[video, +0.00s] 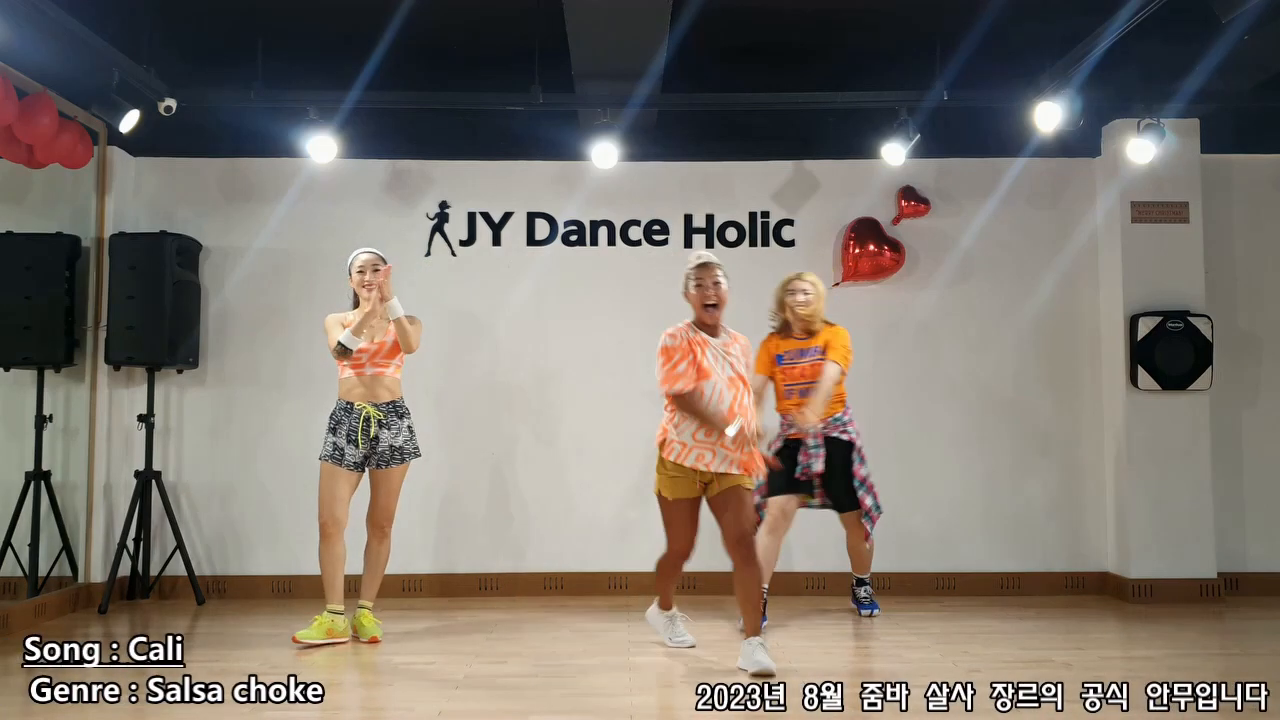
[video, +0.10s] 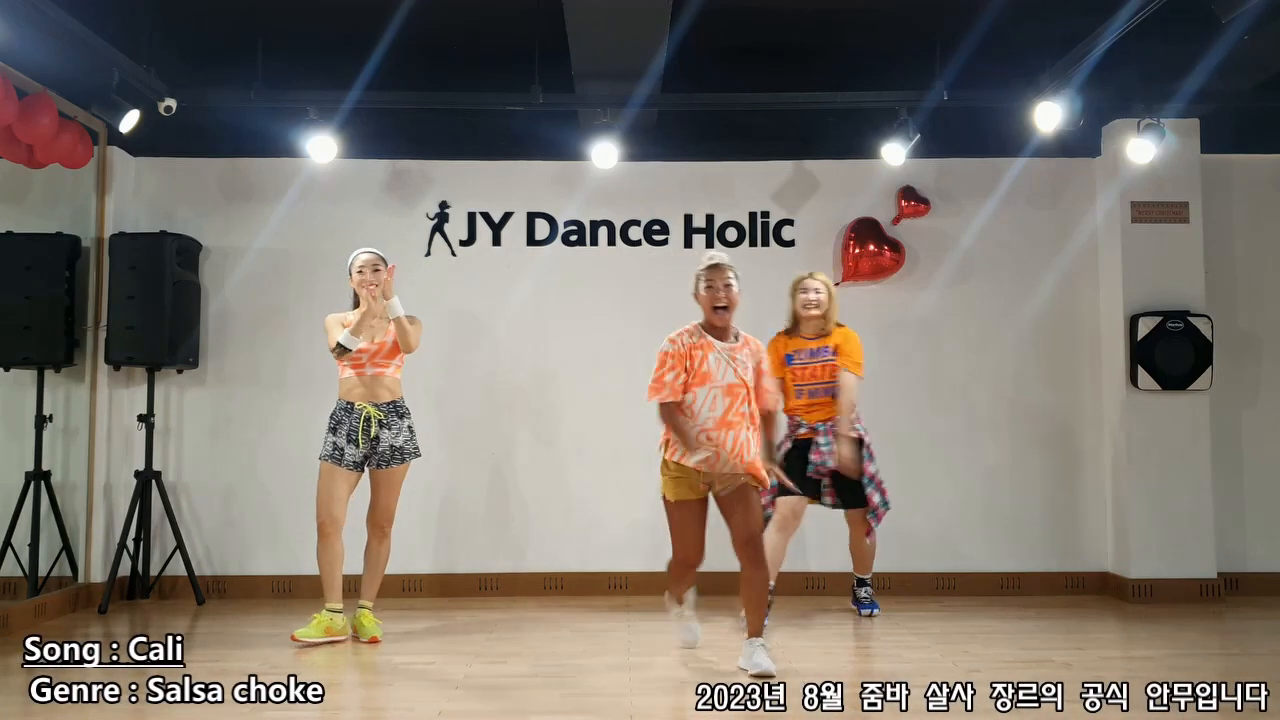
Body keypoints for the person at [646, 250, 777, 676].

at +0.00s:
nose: (710, 291)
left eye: (717, 283)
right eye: (700, 285)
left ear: (727, 291)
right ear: (687, 294)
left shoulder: (739, 344)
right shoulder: (676, 338)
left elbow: (744, 404)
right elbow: (681, 395)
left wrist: (754, 449)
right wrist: (724, 426)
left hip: (729, 461)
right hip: (681, 459)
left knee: (743, 543)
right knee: (680, 547)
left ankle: (753, 640)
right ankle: (662, 609)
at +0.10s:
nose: (721, 293)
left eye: (728, 286)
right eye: (711, 287)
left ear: (738, 294)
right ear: (697, 296)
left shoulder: (753, 349)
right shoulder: (679, 345)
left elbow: (767, 410)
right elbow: (667, 406)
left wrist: (769, 458)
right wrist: (693, 445)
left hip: (738, 465)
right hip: (685, 464)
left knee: (752, 547)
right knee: (688, 557)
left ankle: (755, 643)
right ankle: (678, 602)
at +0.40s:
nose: (715, 282)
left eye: (723, 273)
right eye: (706, 274)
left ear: (737, 278)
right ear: (694, 281)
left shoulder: (758, 336)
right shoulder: (674, 333)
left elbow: (789, 398)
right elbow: (629, 382)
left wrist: (786, 444)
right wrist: (608, 438)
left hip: (742, 451)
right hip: (686, 443)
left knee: (755, 545)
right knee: (657, 507)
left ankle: (761, 639)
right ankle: (691, 578)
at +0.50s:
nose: (701, 269)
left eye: (710, 260)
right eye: (692, 261)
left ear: (723, 268)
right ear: (679, 269)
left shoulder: (746, 323)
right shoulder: (662, 321)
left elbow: (786, 383)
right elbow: (621, 368)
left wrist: (750, 416)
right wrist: (618, 421)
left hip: (733, 440)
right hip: (677, 434)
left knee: (748, 541)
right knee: (647, 523)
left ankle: (766, 635)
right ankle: (643, 621)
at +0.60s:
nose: (686, 287)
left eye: (695, 278)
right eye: (677, 279)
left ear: (708, 283)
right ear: (665, 287)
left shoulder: (735, 336)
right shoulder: (648, 338)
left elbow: (788, 379)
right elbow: (600, 375)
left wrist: (743, 373)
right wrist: (599, 390)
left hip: (724, 460)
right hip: (666, 457)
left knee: (746, 555)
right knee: (635, 553)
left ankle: (769, 641)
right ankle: (600, 653)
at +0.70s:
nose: (667, 292)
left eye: (676, 283)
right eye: (657, 284)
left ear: (690, 291)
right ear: (645, 293)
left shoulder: (717, 346)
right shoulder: (627, 346)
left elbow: (760, 401)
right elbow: (584, 400)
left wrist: (717, 388)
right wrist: (595, 399)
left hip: (703, 472)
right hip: (644, 468)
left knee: (729, 559)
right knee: (614, 559)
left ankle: (765, 639)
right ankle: (590, 669)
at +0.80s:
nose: (648, 289)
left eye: (657, 280)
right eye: (638, 280)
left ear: (672, 289)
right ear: (626, 289)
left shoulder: (695, 348)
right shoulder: (605, 346)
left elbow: (704, 420)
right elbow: (588, 412)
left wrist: (662, 431)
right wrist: (618, 430)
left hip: (677, 466)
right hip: (619, 465)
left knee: (714, 567)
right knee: (599, 559)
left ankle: (714, 597)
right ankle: (588, 668)